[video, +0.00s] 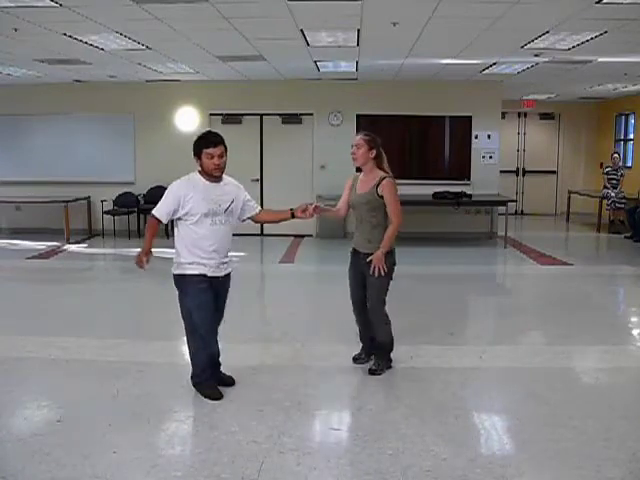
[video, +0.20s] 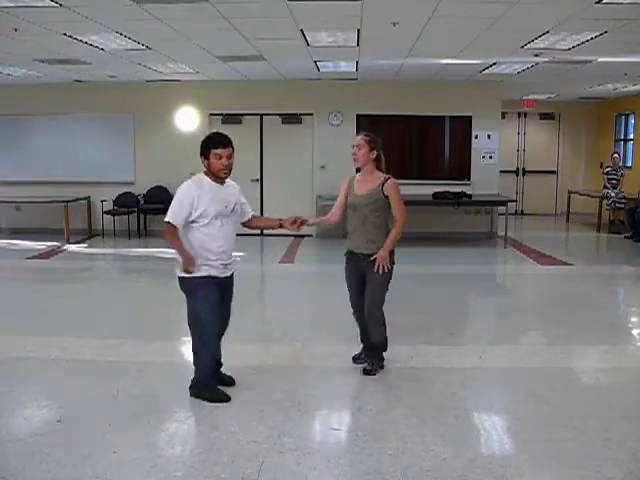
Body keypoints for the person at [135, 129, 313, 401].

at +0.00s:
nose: (218, 162)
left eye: (222, 156)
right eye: (211, 157)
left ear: (226, 156)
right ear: (198, 159)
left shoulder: (234, 189)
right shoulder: (181, 189)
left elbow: (259, 216)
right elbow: (155, 219)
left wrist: (293, 213)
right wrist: (146, 249)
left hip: (221, 271)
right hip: (191, 272)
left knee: (212, 325)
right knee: (200, 327)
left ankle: (213, 370)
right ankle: (202, 379)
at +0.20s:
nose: (227, 163)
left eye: (230, 157)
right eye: (220, 158)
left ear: (233, 158)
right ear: (205, 160)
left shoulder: (232, 190)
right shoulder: (190, 189)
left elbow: (249, 220)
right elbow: (170, 229)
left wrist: (282, 222)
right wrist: (184, 253)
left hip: (224, 273)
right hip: (198, 274)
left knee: (218, 327)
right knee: (205, 330)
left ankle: (212, 371)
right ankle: (202, 384)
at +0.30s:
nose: (230, 163)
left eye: (233, 157)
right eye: (223, 158)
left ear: (236, 158)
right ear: (209, 159)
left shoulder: (231, 189)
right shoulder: (197, 189)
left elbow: (239, 221)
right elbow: (187, 229)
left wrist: (268, 223)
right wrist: (221, 252)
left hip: (226, 272)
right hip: (201, 274)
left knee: (232, 319)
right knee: (206, 328)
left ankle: (215, 368)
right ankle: (201, 383)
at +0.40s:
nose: (235, 163)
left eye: (238, 157)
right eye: (229, 158)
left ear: (240, 157)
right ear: (213, 159)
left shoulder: (228, 187)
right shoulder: (205, 187)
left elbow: (230, 219)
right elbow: (208, 230)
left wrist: (260, 216)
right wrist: (249, 240)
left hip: (229, 270)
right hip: (206, 273)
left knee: (241, 316)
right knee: (211, 327)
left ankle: (223, 364)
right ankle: (201, 382)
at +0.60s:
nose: (245, 161)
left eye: (248, 156)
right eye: (239, 156)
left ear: (250, 157)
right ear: (223, 158)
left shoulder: (232, 185)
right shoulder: (220, 188)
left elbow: (233, 220)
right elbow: (243, 228)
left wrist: (255, 207)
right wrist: (281, 218)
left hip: (234, 271)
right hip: (219, 273)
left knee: (240, 325)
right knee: (216, 330)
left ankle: (242, 374)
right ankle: (201, 384)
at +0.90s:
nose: (261, 162)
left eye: (264, 157)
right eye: (255, 157)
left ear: (267, 158)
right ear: (240, 158)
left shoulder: (246, 184)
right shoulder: (239, 187)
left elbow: (258, 216)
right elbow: (264, 226)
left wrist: (282, 201)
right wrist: (298, 208)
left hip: (245, 267)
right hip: (236, 269)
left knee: (245, 322)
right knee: (252, 323)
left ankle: (242, 373)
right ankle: (215, 371)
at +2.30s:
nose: (279, 165)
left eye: (279, 160)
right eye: (275, 161)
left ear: (261, 162)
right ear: (259, 163)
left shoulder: (261, 185)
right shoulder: (251, 187)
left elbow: (284, 212)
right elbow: (257, 228)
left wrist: (315, 214)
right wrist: (294, 231)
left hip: (246, 261)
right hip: (245, 263)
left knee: (241, 312)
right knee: (261, 312)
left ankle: (234, 356)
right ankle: (236, 367)